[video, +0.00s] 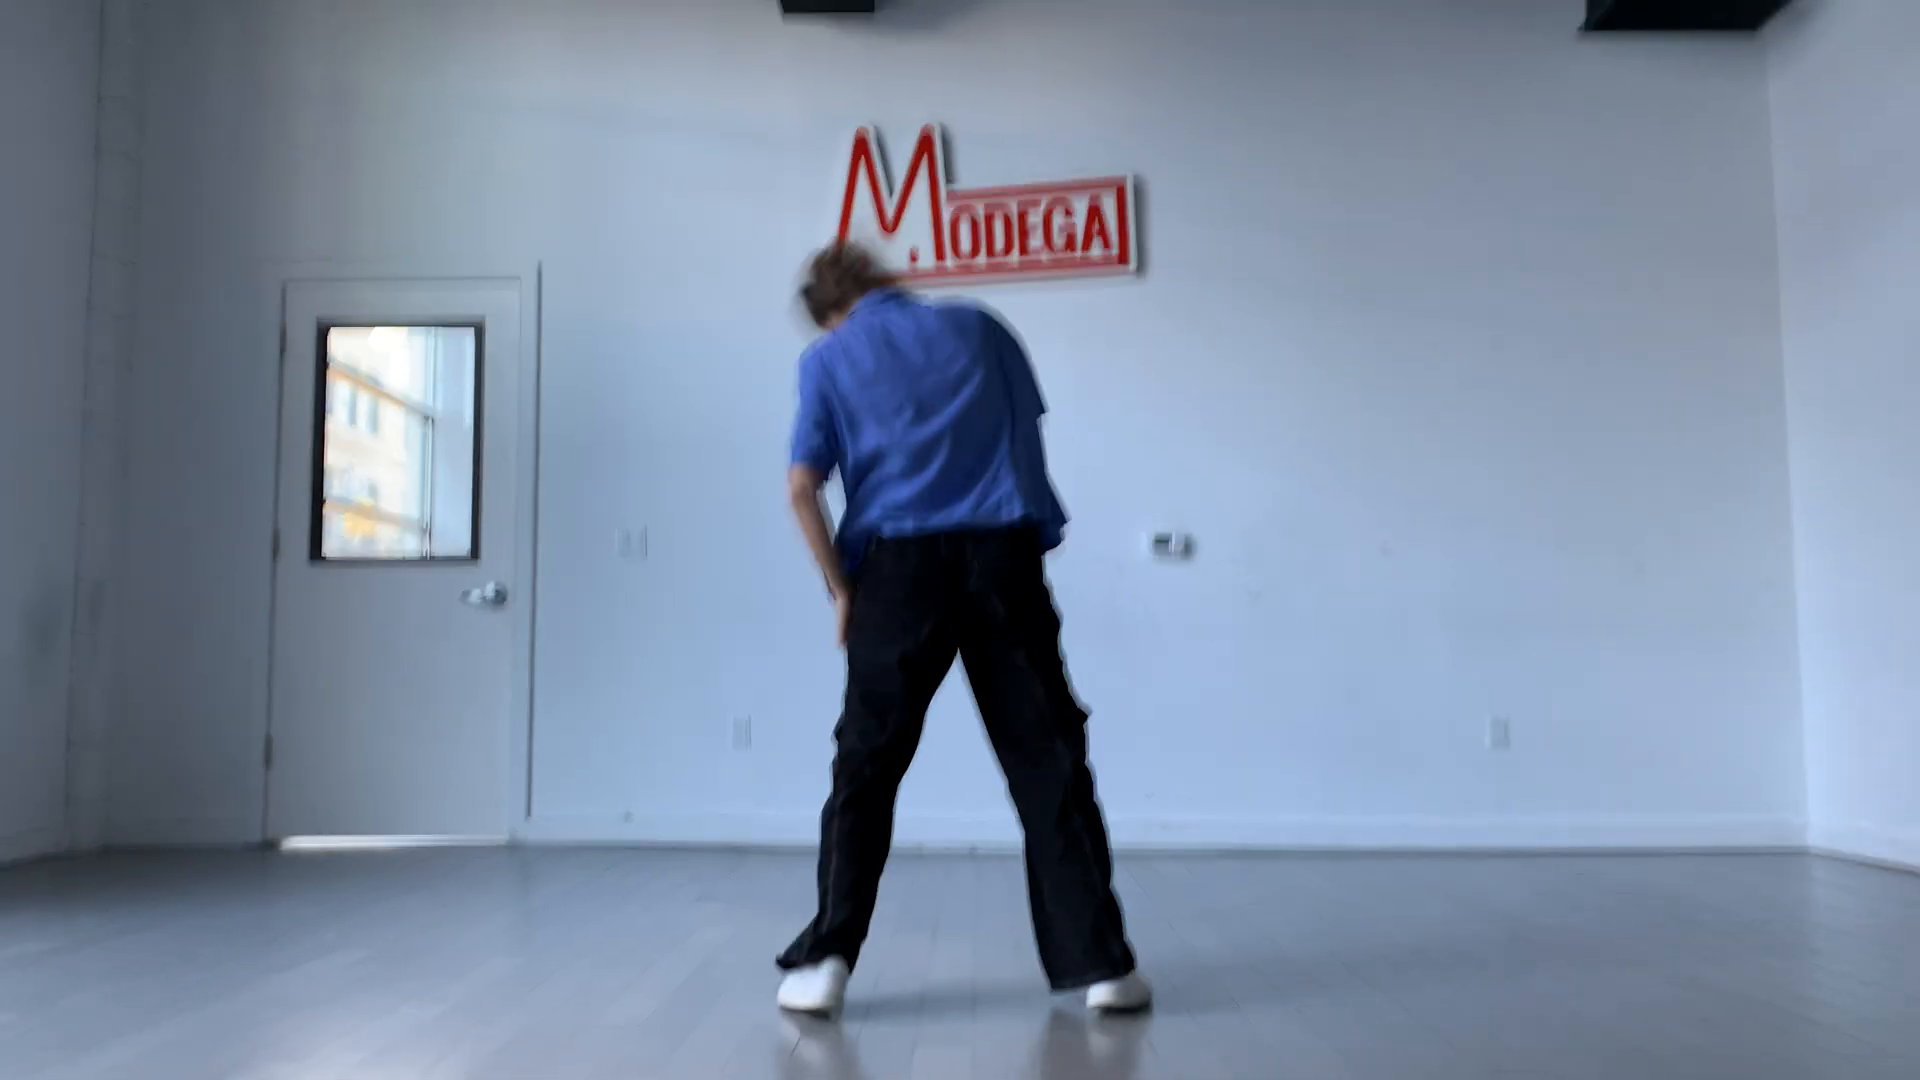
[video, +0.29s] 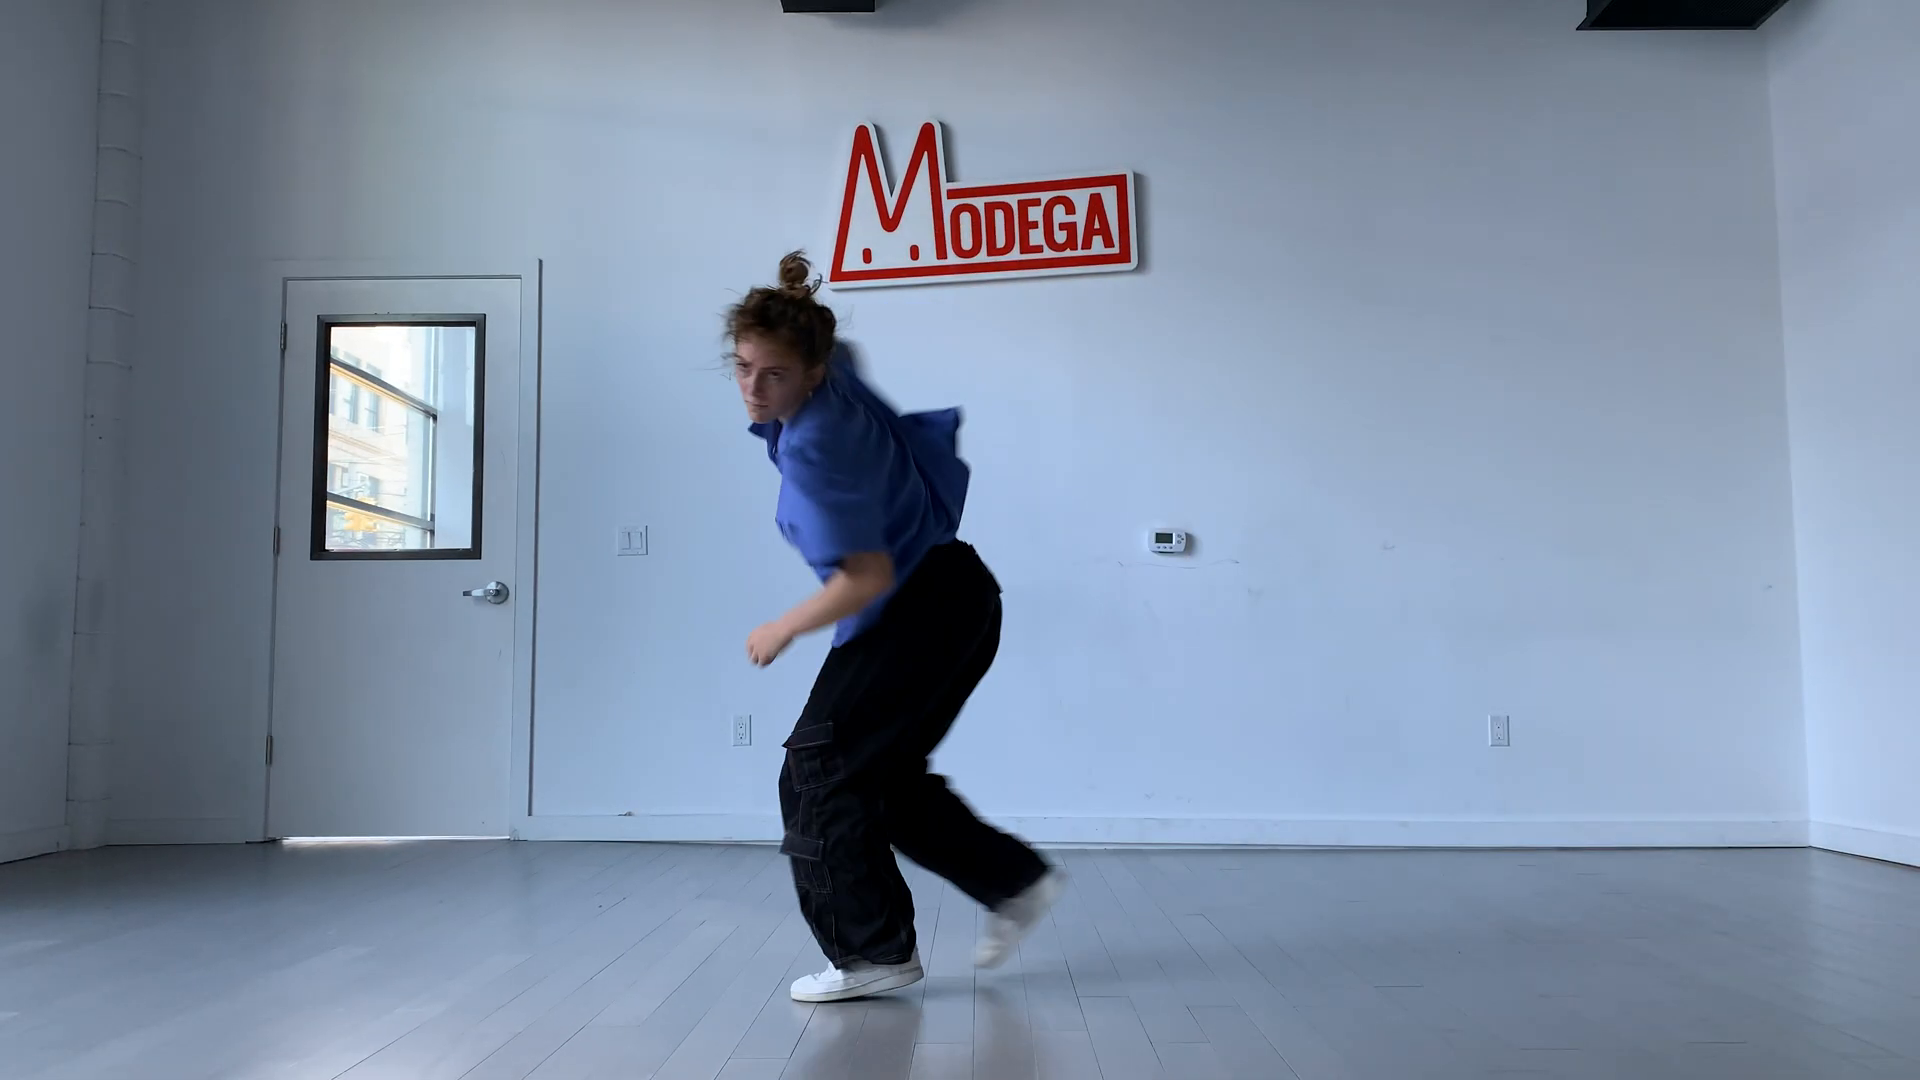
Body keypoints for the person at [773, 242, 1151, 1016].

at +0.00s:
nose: (824, 332)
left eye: (819, 323)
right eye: (823, 324)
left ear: (829, 309)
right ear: (889, 280)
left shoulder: (827, 359)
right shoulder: (980, 325)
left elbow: (801, 487)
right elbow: (1027, 438)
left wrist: (840, 588)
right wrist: (1021, 540)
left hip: (898, 584)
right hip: (1006, 572)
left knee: (866, 769)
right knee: (1050, 763)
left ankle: (827, 960)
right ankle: (1104, 965)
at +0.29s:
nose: (752, 385)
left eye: (771, 374)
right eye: (744, 368)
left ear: (815, 373)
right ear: (735, 359)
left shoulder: (818, 449)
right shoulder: (824, 387)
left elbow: (868, 576)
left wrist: (785, 626)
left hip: (918, 613)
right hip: (955, 598)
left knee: (817, 769)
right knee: (879, 775)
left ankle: (875, 955)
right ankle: (1017, 883)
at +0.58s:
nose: (784, 402)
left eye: (799, 384)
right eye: (770, 388)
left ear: (835, 387)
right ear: (757, 397)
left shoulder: (891, 464)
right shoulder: (745, 477)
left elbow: (951, 583)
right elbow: (657, 576)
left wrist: (923, 703)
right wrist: (718, 657)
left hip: (904, 643)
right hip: (818, 648)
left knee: (858, 774)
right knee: (803, 784)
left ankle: (891, 957)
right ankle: (802, 943)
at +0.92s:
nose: (788, 399)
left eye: (798, 383)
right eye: (772, 388)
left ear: (825, 384)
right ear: (756, 402)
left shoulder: (867, 437)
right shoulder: (765, 470)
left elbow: (849, 340)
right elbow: (820, 536)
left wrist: (789, 368)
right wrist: (917, 506)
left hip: (921, 668)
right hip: (826, 674)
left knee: (1008, 797)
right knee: (700, 790)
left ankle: (1068, 937)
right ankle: (799, 935)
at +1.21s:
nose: (790, 371)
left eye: (796, 360)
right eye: (787, 358)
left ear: (823, 362)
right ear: (820, 365)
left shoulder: (882, 431)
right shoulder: (794, 422)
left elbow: (803, 459)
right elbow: (752, 370)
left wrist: (784, 369)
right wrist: (797, 299)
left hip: (857, 654)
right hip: (771, 643)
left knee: (892, 771)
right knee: (724, 799)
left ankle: (838, 942)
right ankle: (774, 935)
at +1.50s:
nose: (848, 358)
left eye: (859, 349)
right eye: (852, 347)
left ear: (901, 362)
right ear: (886, 358)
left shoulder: (912, 462)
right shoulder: (866, 400)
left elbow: (794, 521)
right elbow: (830, 291)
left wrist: (664, 500)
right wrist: (757, 221)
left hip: (879, 652)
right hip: (802, 643)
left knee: (829, 778)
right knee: (735, 775)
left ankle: (740, 949)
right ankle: (806, 936)